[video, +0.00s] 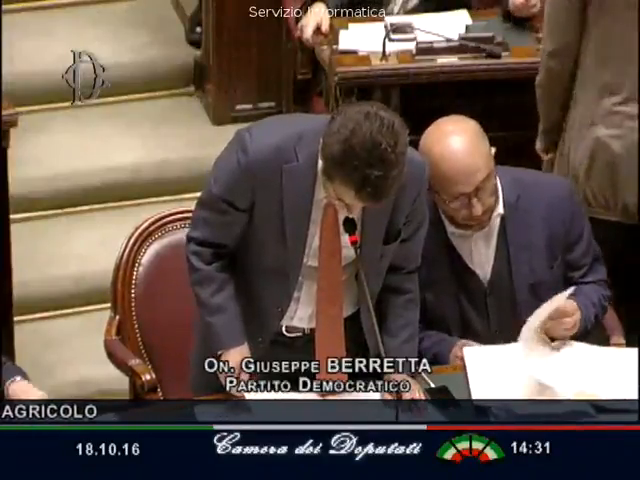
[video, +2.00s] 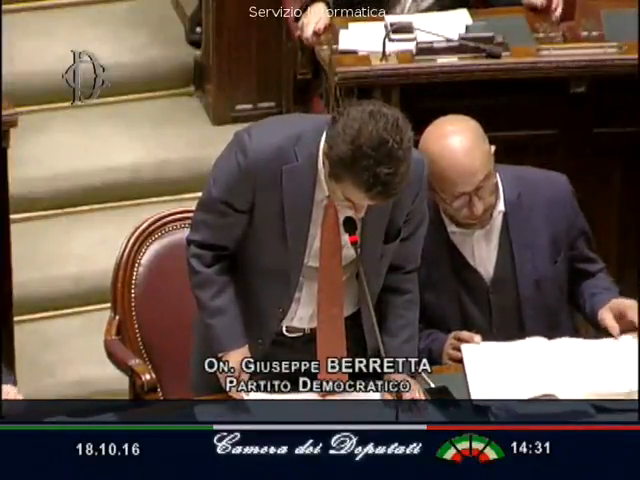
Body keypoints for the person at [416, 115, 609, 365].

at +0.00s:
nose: (476, 208)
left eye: (482, 188)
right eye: (458, 199)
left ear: (492, 158)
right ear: (430, 187)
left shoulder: (553, 198)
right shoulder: (408, 224)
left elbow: (594, 282)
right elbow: (401, 326)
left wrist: (578, 310)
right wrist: (448, 350)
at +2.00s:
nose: (476, 207)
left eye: (483, 188)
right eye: (458, 197)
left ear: (492, 154)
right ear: (430, 185)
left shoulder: (551, 193)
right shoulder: (408, 220)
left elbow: (585, 271)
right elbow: (392, 324)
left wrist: (606, 304)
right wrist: (439, 346)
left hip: (556, 378)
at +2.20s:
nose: (475, 208)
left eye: (482, 189)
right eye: (457, 198)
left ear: (494, 158)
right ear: (430, 184)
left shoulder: (553, 194)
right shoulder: (409, 219)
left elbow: (595, 278)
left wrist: (568, 304)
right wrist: (440, 345)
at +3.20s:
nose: (469, 211)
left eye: (479, 191)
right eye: (452, 199)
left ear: (491, 159)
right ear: (425, 186)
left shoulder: (550, 197)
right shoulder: (407, 222)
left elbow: (591, 282)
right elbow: (398, 327)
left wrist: (580, 317)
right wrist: (438, 346)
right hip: (454, 380)